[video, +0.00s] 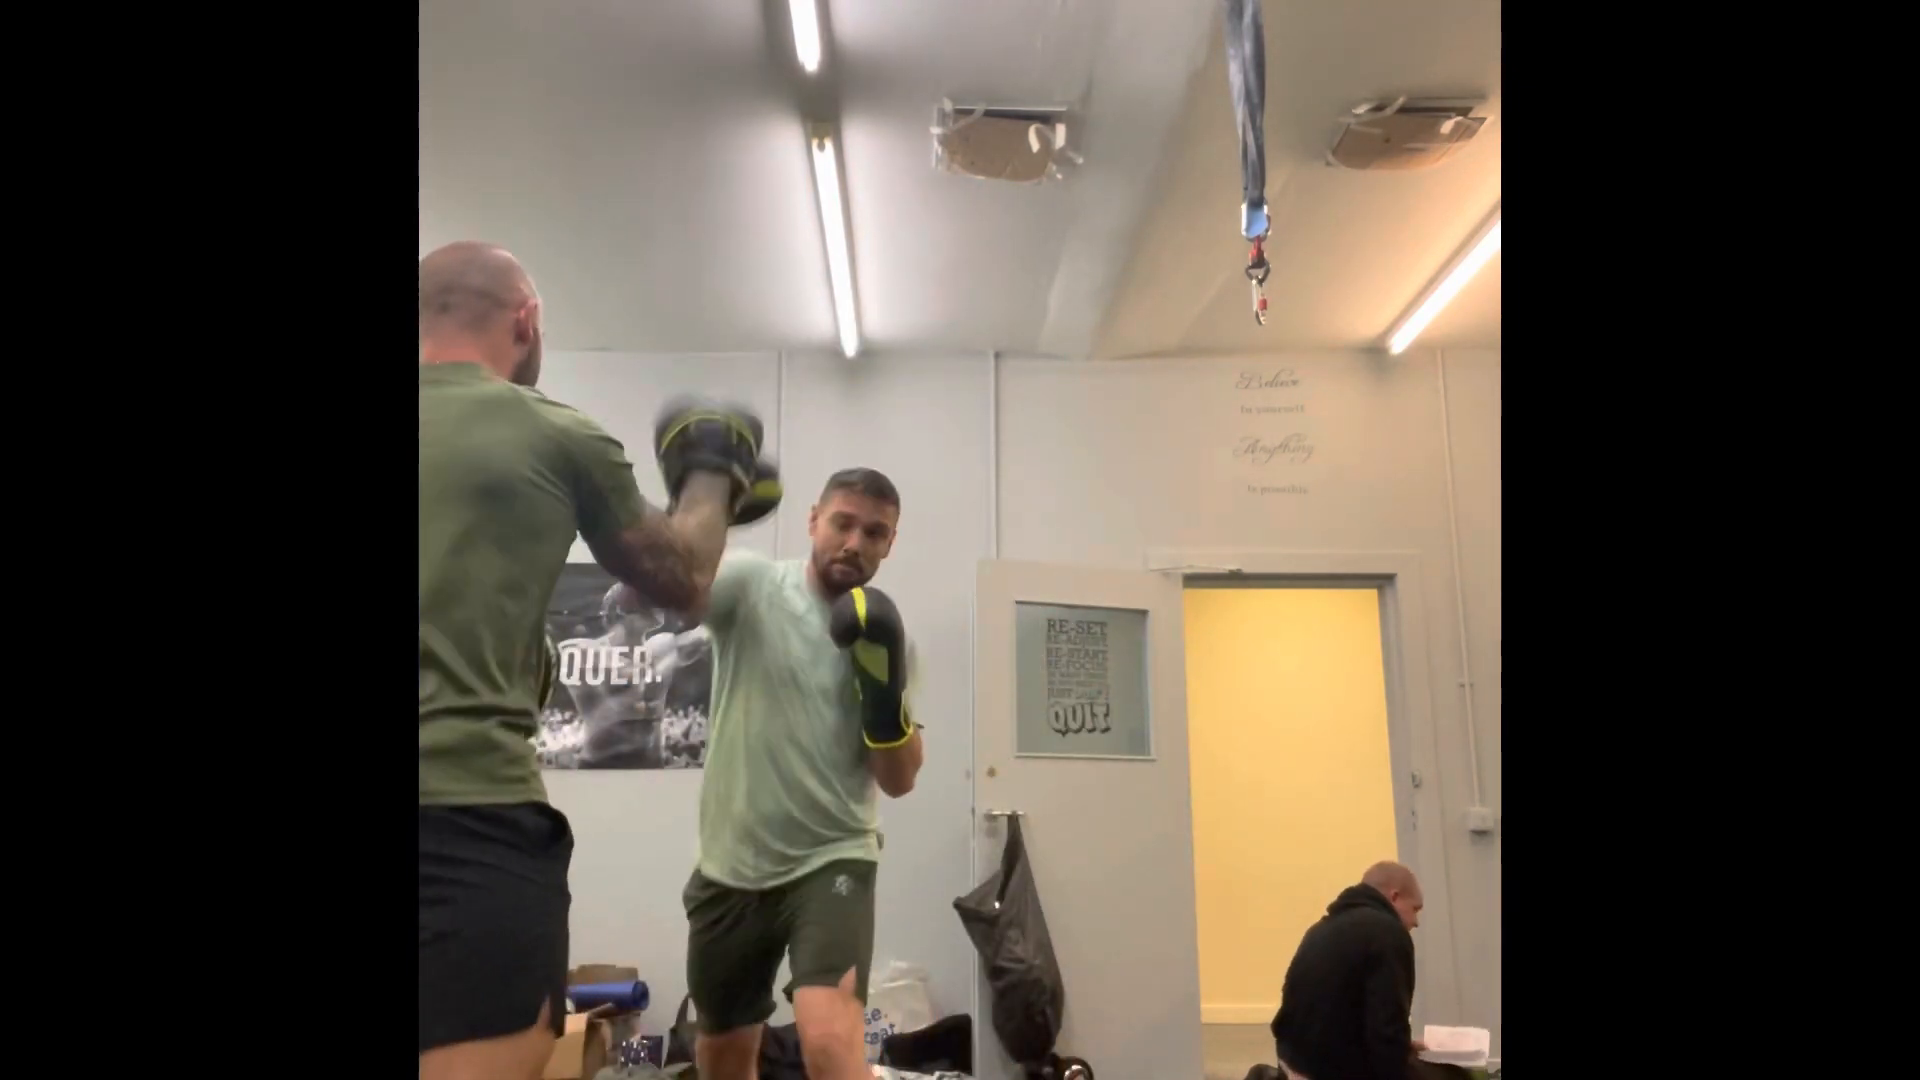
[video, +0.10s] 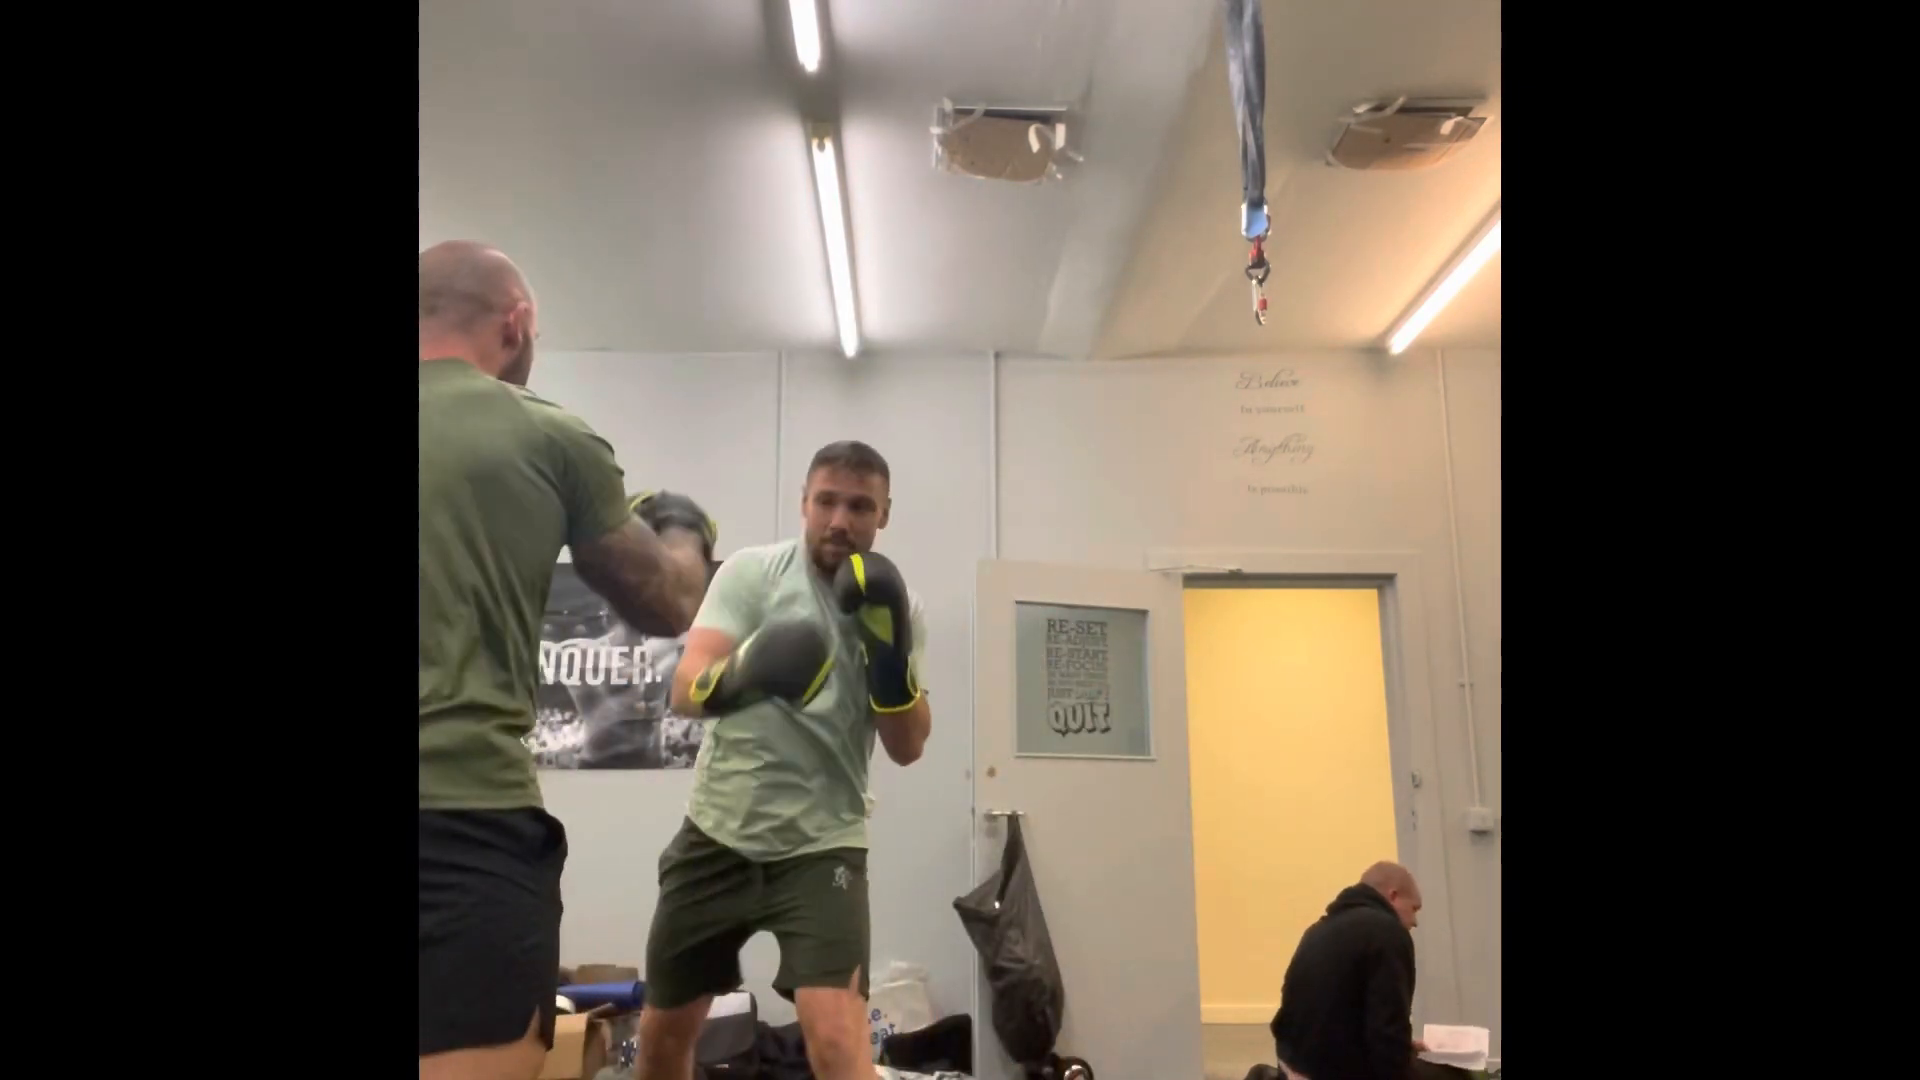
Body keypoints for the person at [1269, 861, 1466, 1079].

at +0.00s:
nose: (1415, 923)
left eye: (1417, 912)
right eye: (1415, 910)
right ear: (1394, 898)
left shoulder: (1326, 925)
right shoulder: (1389, 933)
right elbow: (1387, 1030)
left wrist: (1403, 1045)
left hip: (1293, 1057)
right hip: (1341, 1067)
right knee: (1457, 1072)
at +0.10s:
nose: (1414, 923)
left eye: (1416, 912)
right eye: (1414, 910)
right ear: (1392, 897)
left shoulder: (1324, 926)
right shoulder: (1389, 933)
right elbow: (1388, 1031)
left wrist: (1402, 1045)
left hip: (1292, 1059)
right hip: (1342, 1068)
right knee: (1457, 1072)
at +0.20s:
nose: (1411, 921)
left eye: (1413, 909)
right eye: (1410, 907)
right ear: (1388, 894)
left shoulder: (1320, 926)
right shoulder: (1386, 933)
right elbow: (1387, 1027)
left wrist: (1400, 1045)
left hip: (1293, 1057)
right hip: (1344, 1067)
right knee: (1455, 1072)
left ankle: (1270, 1074)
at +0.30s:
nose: (1407, 917)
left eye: (1409, 904)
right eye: (1405, 902)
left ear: (1378, 891)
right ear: (1383, 892)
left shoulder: (1314, 928)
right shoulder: (1382, 932)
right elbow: (1385, 1033)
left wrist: (1398, 1044)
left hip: (1295, 1059)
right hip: (1347, 1067)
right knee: (1456, 1072)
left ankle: (1273, 1073)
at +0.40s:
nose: (1402, 911)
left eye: (1402, 899)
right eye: (1399, 897)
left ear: (1350, 886)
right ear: (1376, 887)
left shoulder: (1310, 926)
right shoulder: (1376, 929)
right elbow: (1378, 1027)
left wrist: (1400, 1042)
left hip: (1297, 1059)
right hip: (1349, 1067)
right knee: (1458, 1072)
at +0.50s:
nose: (1400, 909)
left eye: (1400, 898)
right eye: (1397, 896)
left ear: (1369, 889)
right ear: (1373, 888)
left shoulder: (1312, 924)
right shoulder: (1366, 926)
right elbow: (1355, 1013)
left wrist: (1397, 1039)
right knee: (1453, 1073)